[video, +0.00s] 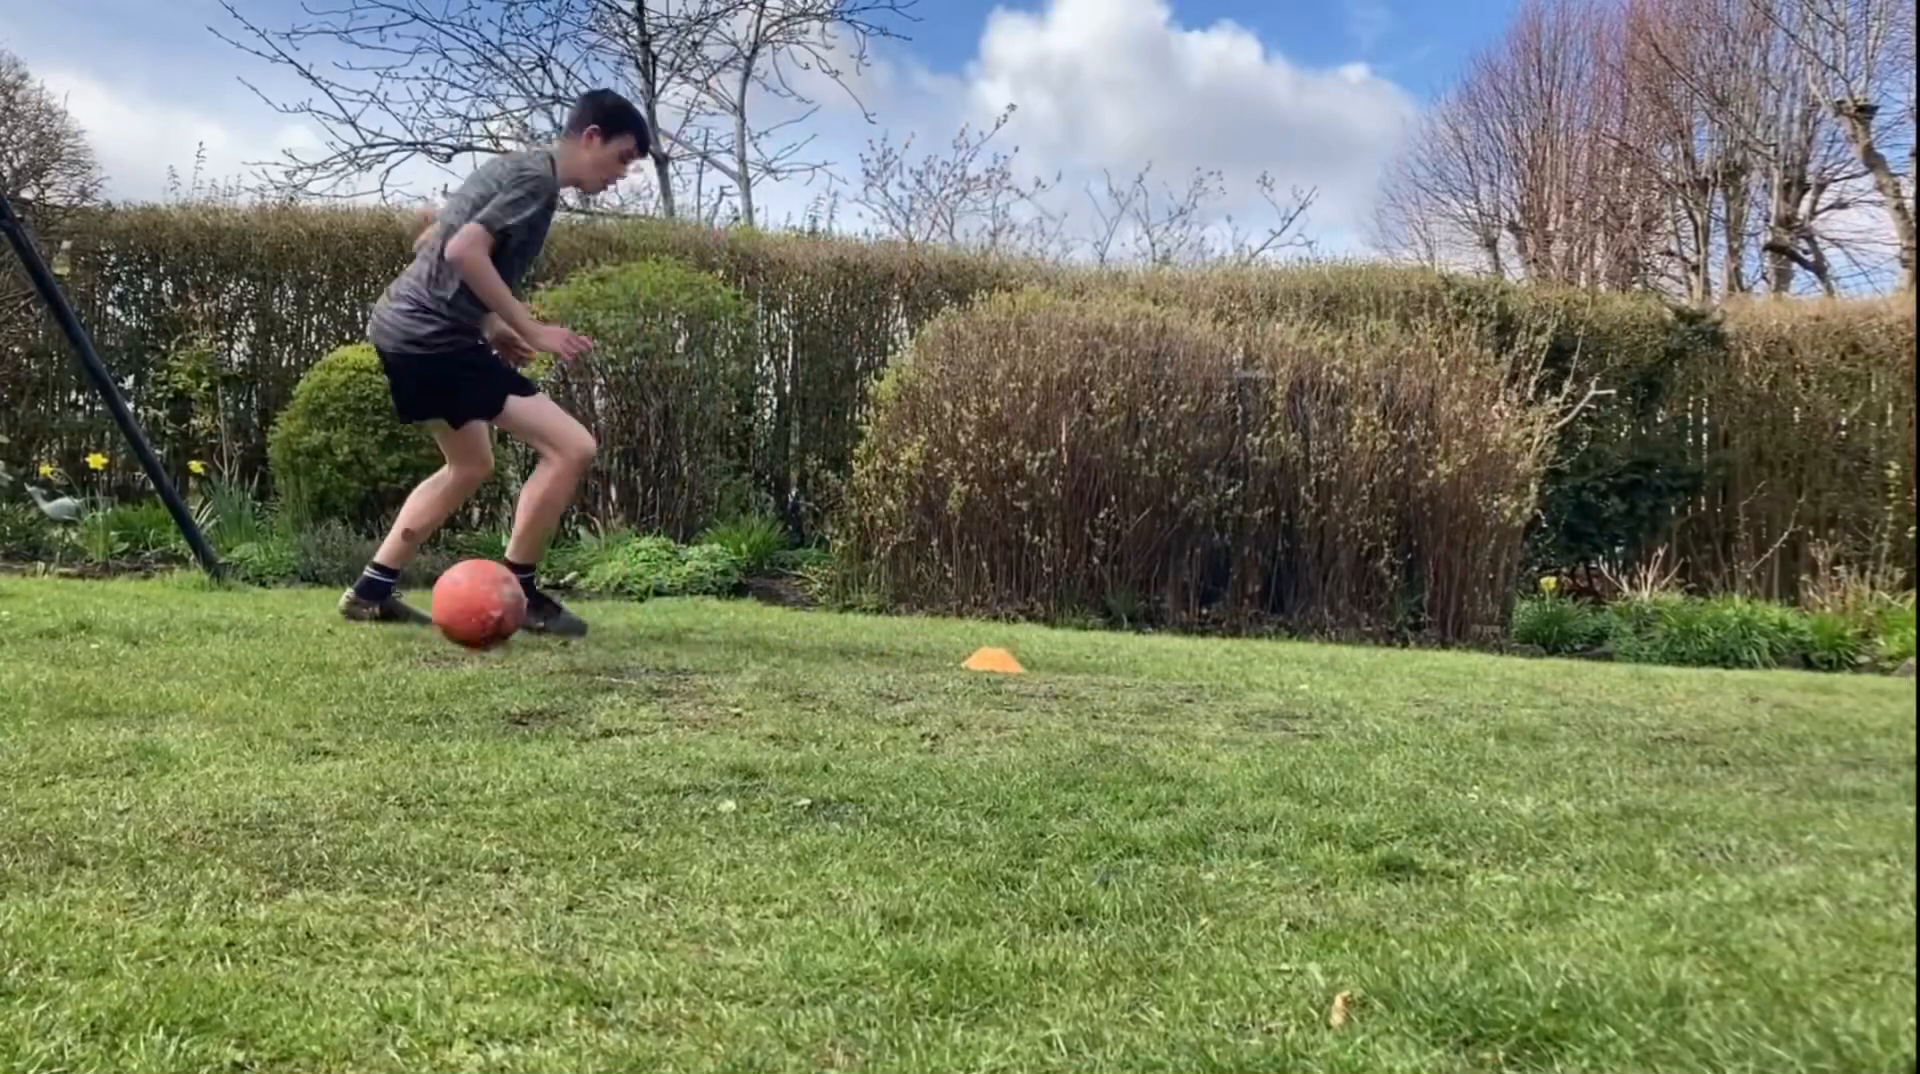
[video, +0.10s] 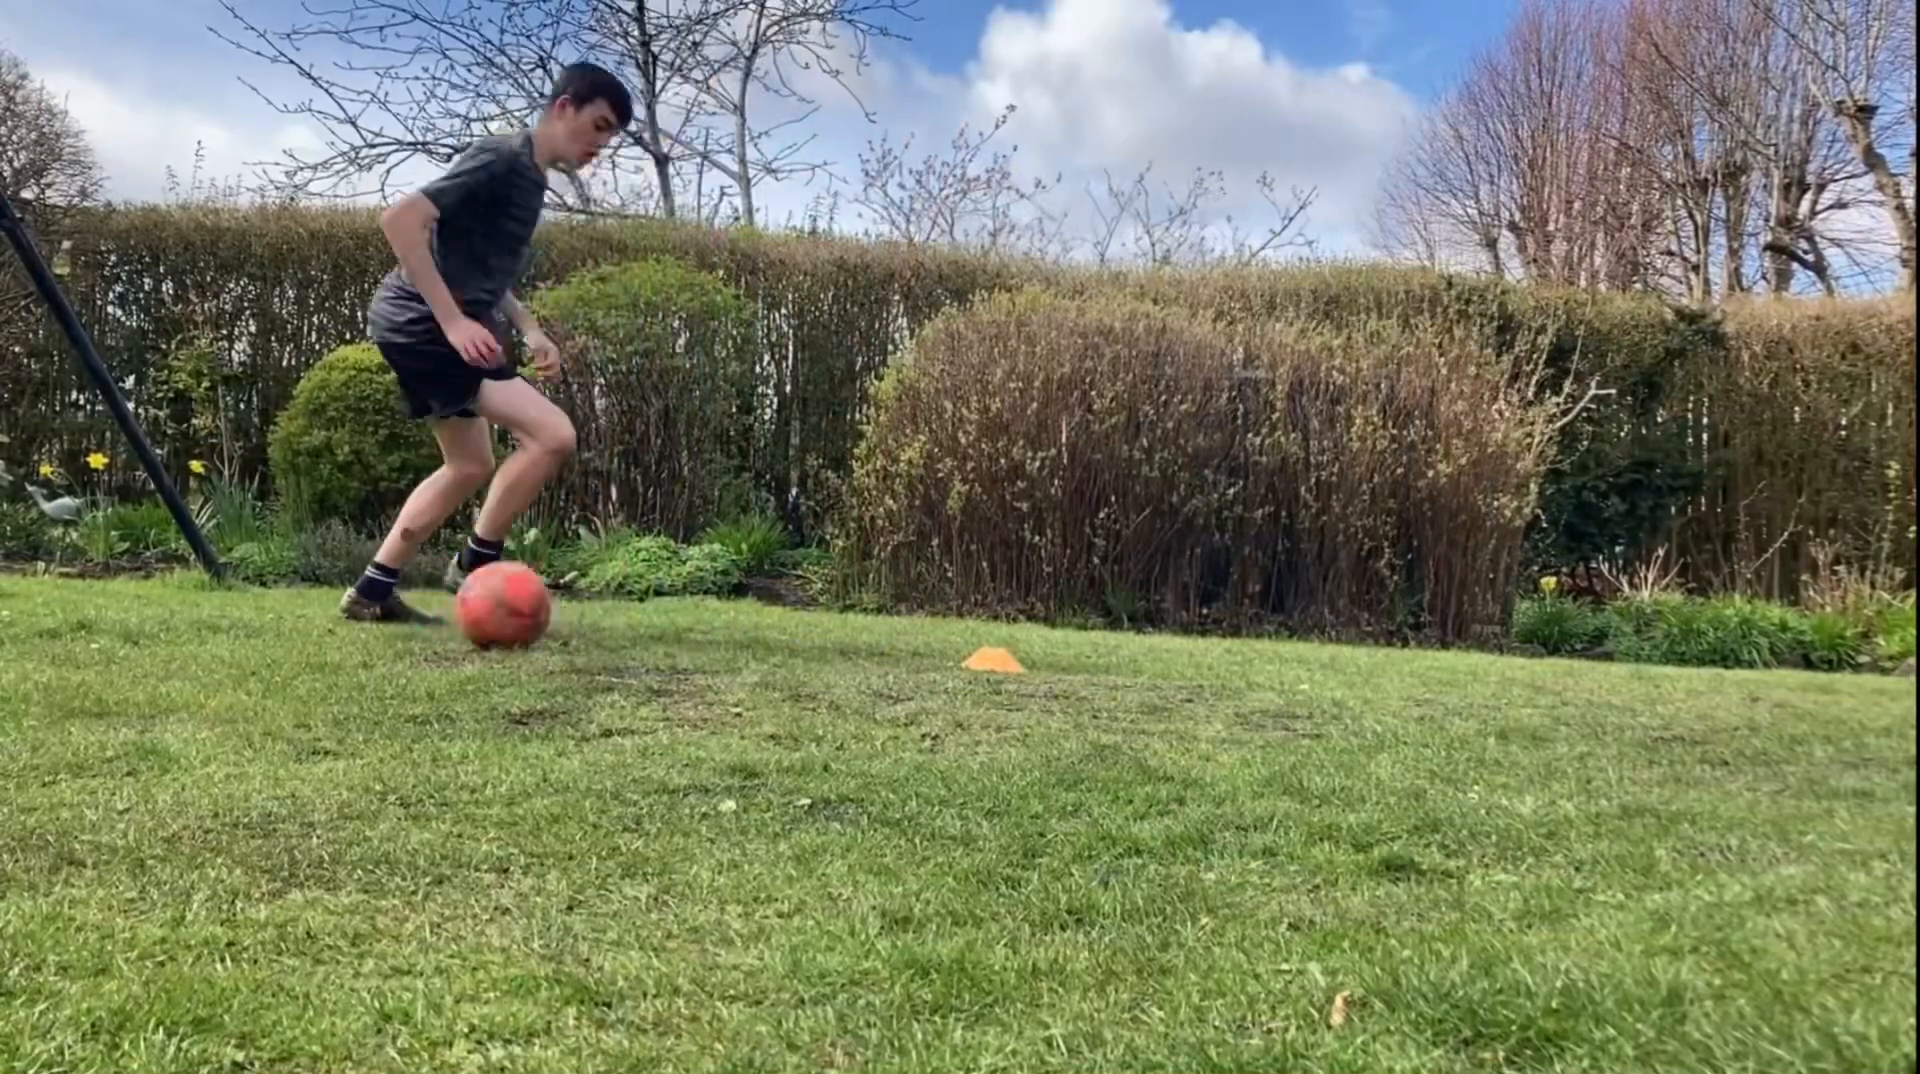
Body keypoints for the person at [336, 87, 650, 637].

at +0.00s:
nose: (621, 175)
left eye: (629, 166)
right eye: (623, 159)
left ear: (586, 139)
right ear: (590, 136)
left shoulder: (516, 169)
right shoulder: (535, 179)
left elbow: (437, 245)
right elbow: (464, 250)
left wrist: (491, 328)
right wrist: (533, 327)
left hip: (402, 332)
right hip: (434, 337)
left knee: (469, 465)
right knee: (572, 448)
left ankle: (372, 589)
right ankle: (516, 588)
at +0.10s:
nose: (601, 144)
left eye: (610, 135)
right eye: (598, 126)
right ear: (562, 107)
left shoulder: (527, 177)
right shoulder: (499, 158)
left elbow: (487, 274)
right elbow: (403, 219)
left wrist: (529, 328)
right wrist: (453, 319)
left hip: (431, 329)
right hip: (422, 326)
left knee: (468, 465)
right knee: (552, 435)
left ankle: (373, 590)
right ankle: (477, 566)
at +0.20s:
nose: (587, 91)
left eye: (596, 81)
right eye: (582, 73)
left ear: (593, 82)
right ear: (543, 56)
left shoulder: (543, 146)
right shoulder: (480, 118)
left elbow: (495, 238)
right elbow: (381, 190)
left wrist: (548, 289)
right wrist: (414, 293)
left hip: (472, 310)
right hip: (427, 307)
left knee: (469, 456)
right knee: (505, 448)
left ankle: (389, 569)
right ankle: (416, 561)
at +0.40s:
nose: (560, 56)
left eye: (569, 45)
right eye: (549, 37)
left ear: (570, 52)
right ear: (509, 32)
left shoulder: (551, 131)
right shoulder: (461, 108)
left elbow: (519, 238)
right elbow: (405, 220)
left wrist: (559, 263)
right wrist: (497, 259)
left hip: (500, 316)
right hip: (426, 313)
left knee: (553, 442)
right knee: (429, 483)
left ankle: (493, 571)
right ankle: (354, 580)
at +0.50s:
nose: (582, 11)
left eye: (587, 3)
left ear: (586, 13)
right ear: (530, 1)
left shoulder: (576, 90)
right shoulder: (488, 63)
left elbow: (546, 186)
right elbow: (435, 167)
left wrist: (576, 226)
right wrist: (548, 187)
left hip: (529, 287)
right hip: (450, 286)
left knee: (582, 406)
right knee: (427, 448)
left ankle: (521, 585)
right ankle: (363, 565)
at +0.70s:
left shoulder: (660, 64)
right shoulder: (533, 27)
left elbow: (648, 178)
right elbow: (430, 127)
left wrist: (683, 204)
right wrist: (510, 137)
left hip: (596, 271)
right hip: (510, 263)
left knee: (590, 456)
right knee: (535, 460)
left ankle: (506, 613)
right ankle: (434, 547)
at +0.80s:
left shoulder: (707, 12)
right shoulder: (550, 4)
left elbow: (707, 130)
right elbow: (453, 62)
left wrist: (740, 152)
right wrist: (491, 92)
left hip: (640, 235)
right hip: (554, 214)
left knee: (597, 426)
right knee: (605, 399)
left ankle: (520, 589)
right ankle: (531, 595)